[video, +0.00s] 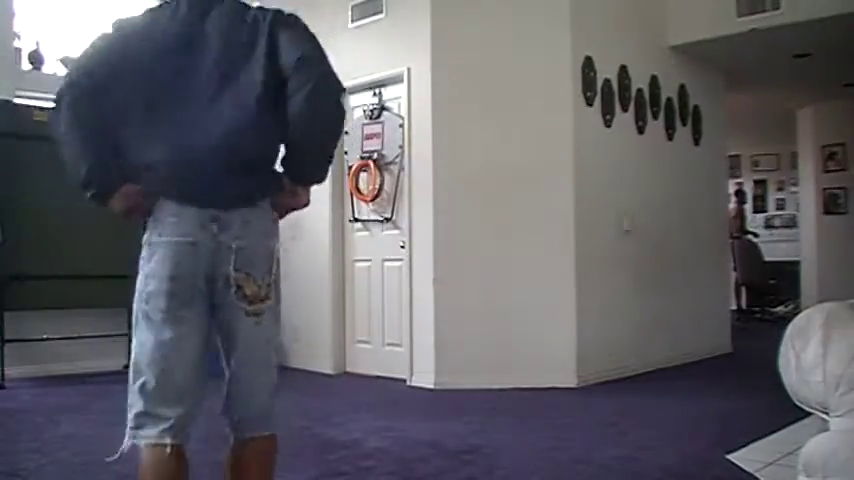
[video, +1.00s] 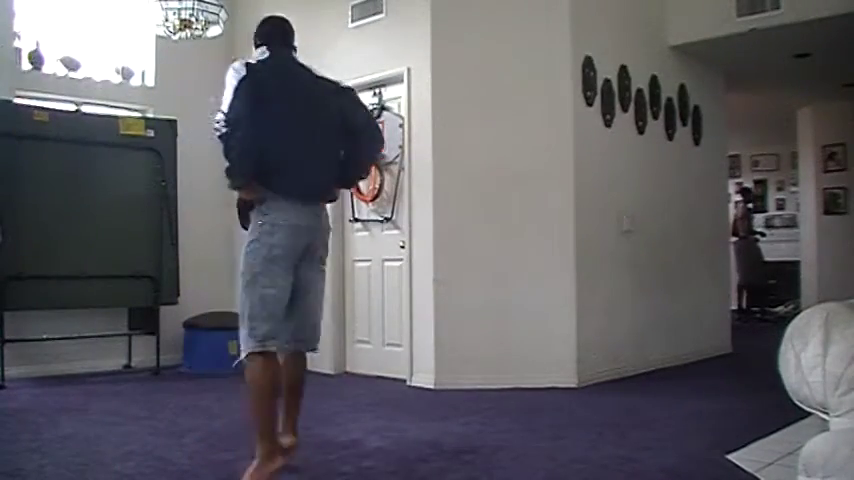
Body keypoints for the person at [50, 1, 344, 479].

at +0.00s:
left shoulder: (138, 30)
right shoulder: (275, 25)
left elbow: (76, 91)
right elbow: (318, 91)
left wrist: (109, 187)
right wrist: (299, 179)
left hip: (171, 221)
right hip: (252, 223)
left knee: (160, 416)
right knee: (255, 411)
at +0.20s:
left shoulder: (174, 28)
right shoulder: (299, 28)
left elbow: (118, 93)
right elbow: (341, 86)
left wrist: (149, 171)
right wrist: (317, 165)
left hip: (198, 201)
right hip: (270, 200)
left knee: (185, 379)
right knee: (277, 386)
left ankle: (176, 472)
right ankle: (271, 474)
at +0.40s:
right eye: (283, 29)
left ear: (239, 31)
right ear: (285, 34)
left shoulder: (198, 78)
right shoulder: (318, 87)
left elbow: (156, 135)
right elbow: (357, 150)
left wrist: (173, 205)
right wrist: (324, 207)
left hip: (217, 234)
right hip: (285, 237)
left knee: (211, 379)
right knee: (277, 385)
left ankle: (213, 474)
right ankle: (268, 474)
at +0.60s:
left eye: (237, 12)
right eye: (267, 12)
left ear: (234, 11)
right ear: (275, 13)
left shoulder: (207, 52)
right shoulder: (311, 63)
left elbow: (173, 114)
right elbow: (354, 120)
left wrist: (194, 176)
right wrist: (320, 178)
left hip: (229, 208)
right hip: (287, 209)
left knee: (224, 355)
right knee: (286, 352)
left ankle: (239, 466)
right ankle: (290, 467)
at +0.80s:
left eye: (240, 64)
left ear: (235, 68)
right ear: (276, 69)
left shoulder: (218, 114)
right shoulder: (309, 120)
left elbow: (189, 178)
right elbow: (353, 172)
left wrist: (203, 233)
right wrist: (322, 223)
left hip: (241, 255)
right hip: (295, 257)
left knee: (233, 386)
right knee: (283, 371)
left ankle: (257, 473)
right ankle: (297, 464)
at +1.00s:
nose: (258, 54)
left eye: (257, 47)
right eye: (266, 45)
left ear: (259, 47)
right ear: (293, 45)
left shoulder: (253, 81)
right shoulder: (329, 87)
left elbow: (238, 138)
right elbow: (370, 143)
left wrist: (244, 183)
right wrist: (336, 183)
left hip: (275, 213)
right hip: (317, 216)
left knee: (259, 341)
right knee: (296, 339)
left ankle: (267, 453)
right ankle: (288, 433)